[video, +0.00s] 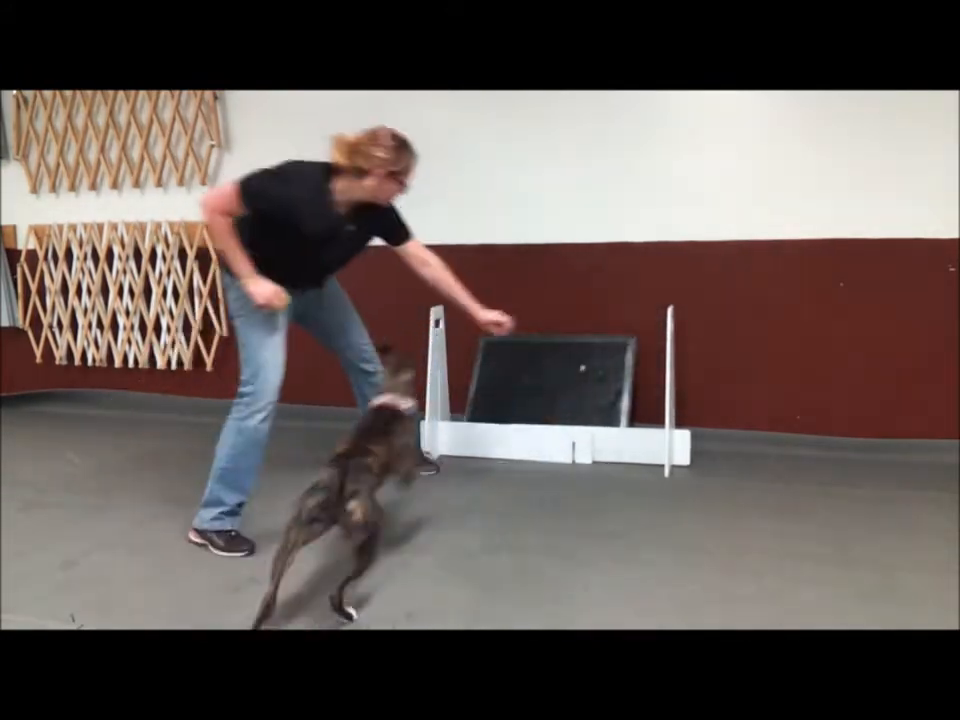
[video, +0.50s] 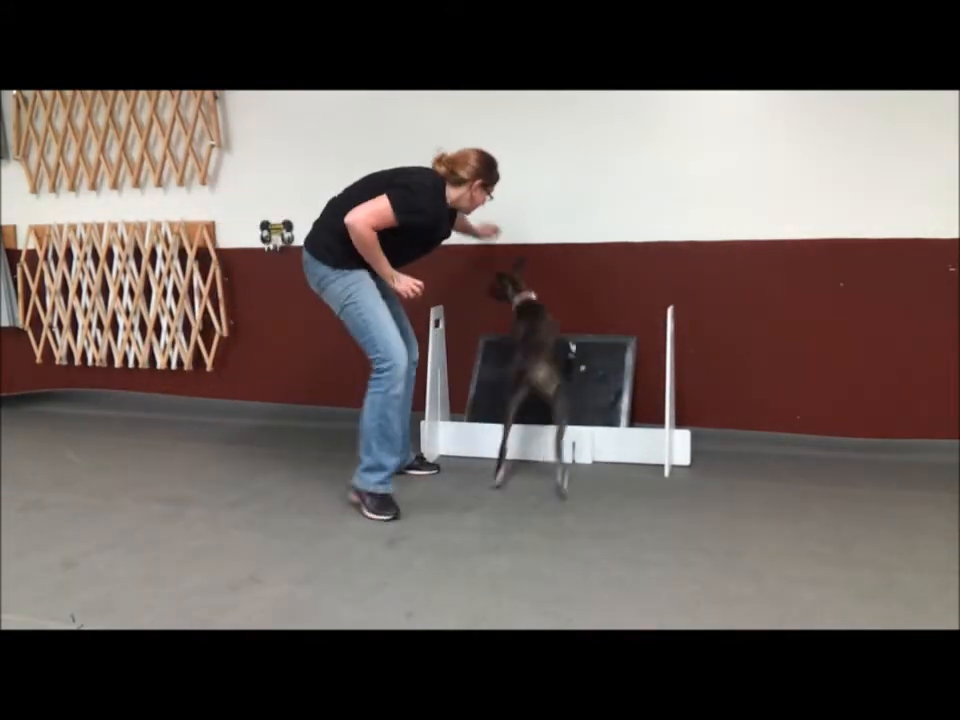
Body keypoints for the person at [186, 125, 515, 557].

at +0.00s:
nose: (402, 189)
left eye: (404, 180)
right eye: (398, 179)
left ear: (376, 177)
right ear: (373, 174)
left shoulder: (377, 211)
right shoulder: (295, 183)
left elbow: (422, 260)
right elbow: (214, 206)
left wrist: (478, 312)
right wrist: (249, 278)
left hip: (313, 285)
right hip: (258, 282)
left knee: (365, 361)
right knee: (261, 394)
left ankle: (397, 454)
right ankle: (214, 521)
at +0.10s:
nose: (440, 200)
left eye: (443, 193)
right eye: (438, 191)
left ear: (426, 187)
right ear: (417, 181)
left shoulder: (413, 223)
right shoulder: (348, 188)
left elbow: (458, 263)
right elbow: (266, 203)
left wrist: (515, 305)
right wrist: (294, 276)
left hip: (337, 289)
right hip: (281, 282)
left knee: (381, 363)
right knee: (281, 388)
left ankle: (390, 461)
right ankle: (222, 515)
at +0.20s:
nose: (469, 210)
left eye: (470, 203)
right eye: (467, 202)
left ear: (449, 195)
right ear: (447, 194)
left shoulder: (438, 231)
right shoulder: (391, 193)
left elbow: (479, 259)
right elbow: (311, 207)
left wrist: (533, 290)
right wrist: (337, 279)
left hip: (351, 283)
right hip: (302, 272)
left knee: (392, 360)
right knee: (310, 381)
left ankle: (389, 457)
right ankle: (243, 501)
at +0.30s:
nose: (478, 212)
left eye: (480, 207)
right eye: (478, 204)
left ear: (460, 197)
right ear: (464, 197)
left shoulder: (446, 229)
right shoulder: (412, 198)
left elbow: (481, 253)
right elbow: (341, 213)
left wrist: (523, 275)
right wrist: (372, 280)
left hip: (354, 272)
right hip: (317, 266)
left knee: (395, 354)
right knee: (340, 374)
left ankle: (392, 455)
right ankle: (273, 488)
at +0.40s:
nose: (482, 209)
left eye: (485, 202)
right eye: (483, 200)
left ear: (464, 190)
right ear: (469, 192)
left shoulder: (441, 218)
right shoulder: (422, 199)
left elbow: (465, 237)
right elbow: (356, 218)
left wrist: (496, 256)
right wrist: (389, 276)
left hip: (361, 268)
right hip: (329, 263)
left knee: (400, 352)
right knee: (371, 366)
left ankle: (393, 457)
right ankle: (326, 487)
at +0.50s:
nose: (485, 200)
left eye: (488, 194)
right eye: (486, 192)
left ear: (468, 183)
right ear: (471, 184)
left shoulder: (444, 201)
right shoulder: (425, 194)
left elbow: (450, 218)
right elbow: (357, 221)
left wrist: (474, 230)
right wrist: (391, 275)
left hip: (363, 264)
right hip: (334, 263)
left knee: (407, 353)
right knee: (391, 359)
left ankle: (398, 455)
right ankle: (370, 483)